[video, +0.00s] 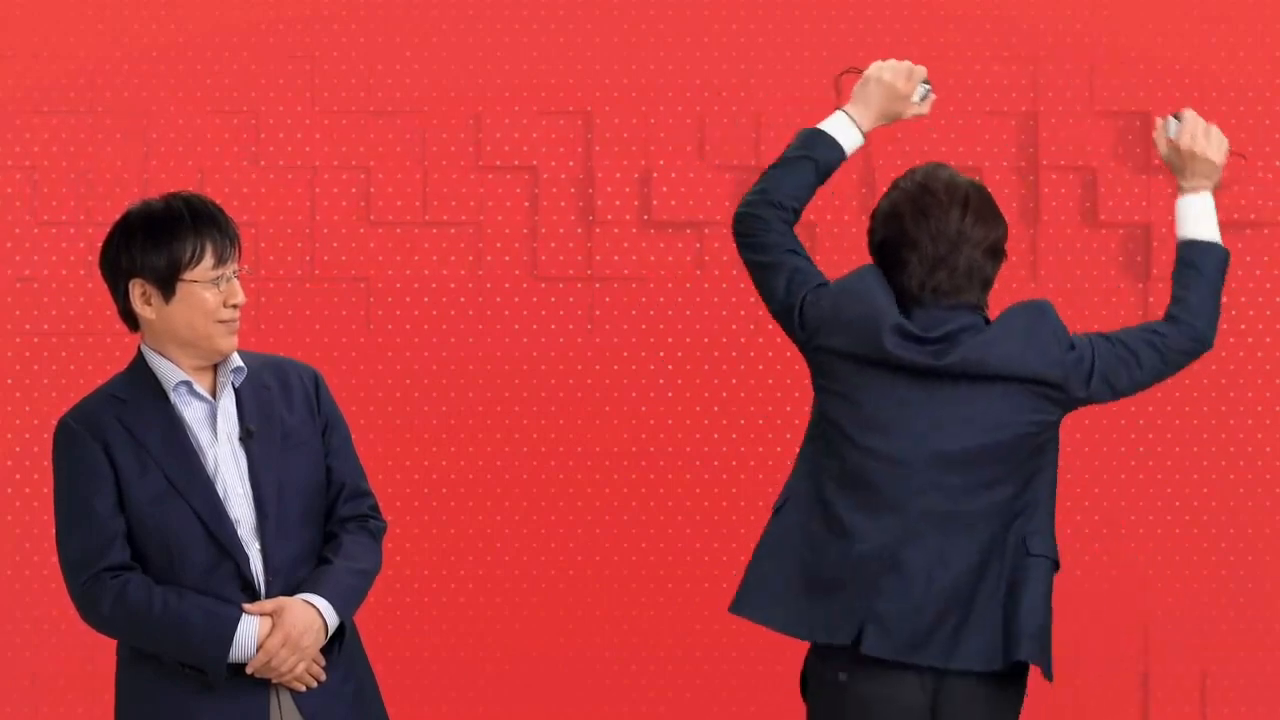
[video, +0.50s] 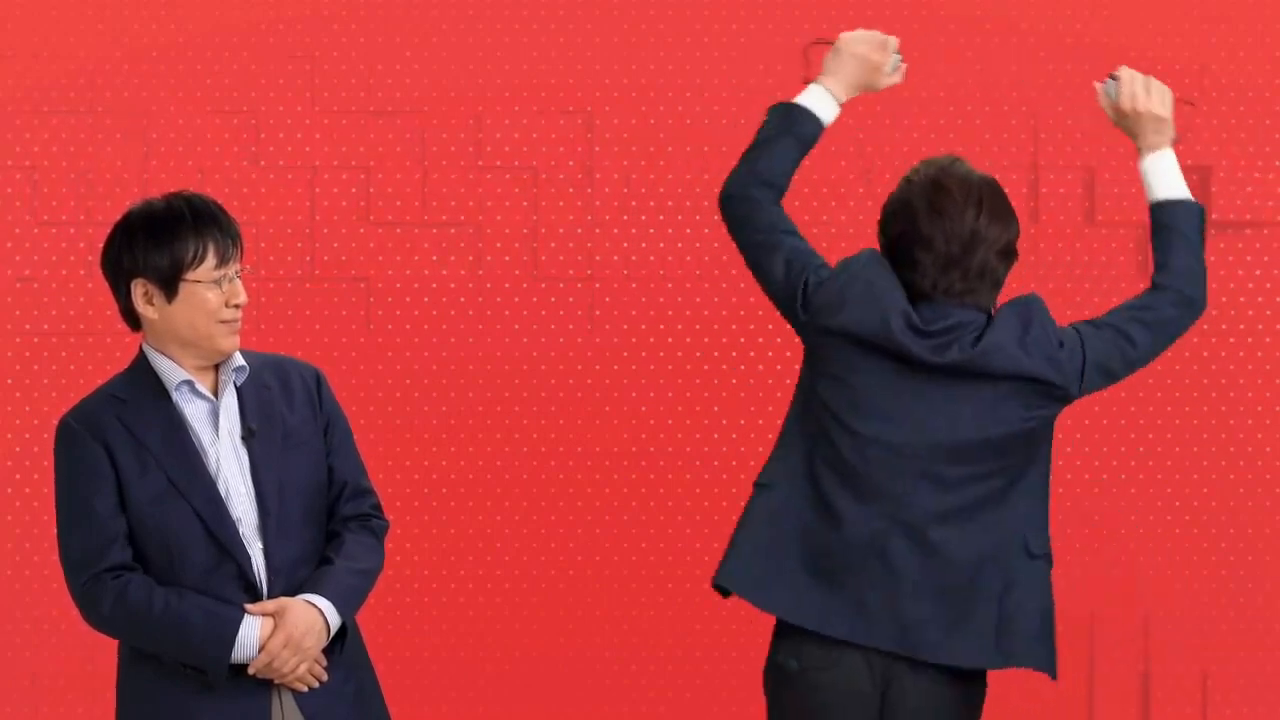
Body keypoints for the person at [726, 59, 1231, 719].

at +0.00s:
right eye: (997, 251)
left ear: (882, 258)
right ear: (991, 265)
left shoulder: (839, 333)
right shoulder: (1041, 362)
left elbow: (760, 220)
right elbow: (1190, 329)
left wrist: (853, 119)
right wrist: (1198, 190)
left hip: (855, 672)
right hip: (984, 681)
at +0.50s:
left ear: (889, 250)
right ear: (1003, 270)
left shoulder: (836, 315)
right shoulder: (1039, 362)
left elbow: (747, 199)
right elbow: (1180, 295)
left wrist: (829, 90)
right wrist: (1157, 151)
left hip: (817, 655)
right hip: (945, 670)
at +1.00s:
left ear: (875, 271)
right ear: (987, 255)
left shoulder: (834, 372)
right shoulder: (1032, 334)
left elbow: (675, 342)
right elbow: (1064, 194)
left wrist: (667, 203)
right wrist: (949, 111)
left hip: (875, 682)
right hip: (1002, 671)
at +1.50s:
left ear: (894, 257)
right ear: (1007, 272)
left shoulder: (853, 329)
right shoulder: (1048, 379)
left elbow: (788, 208)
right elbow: (1207, 362)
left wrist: (887, 115)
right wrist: (1222, 214)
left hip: (851, 677)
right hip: (979, 692)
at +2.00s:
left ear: (890, 261)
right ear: (1001, 267)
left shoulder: (846, 338)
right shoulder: (1048, 360)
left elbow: (760, 225)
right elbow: (1184, 306)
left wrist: (862, 124)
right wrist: (1160, 171)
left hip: (855, 669)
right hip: (985, 677)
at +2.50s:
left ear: (869, 282)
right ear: (976, 264)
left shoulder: (832, 378)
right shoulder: (1030, 334)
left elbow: (685, 329)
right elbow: (1088, 196)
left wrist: (694, 189)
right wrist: (981, 104)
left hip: (892, 684)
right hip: (1019, 674)